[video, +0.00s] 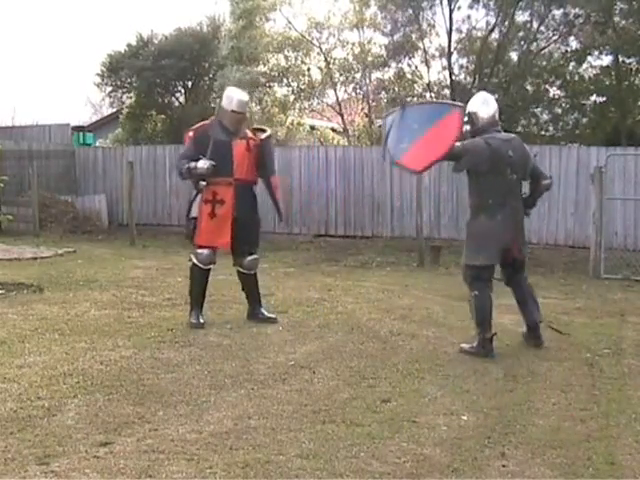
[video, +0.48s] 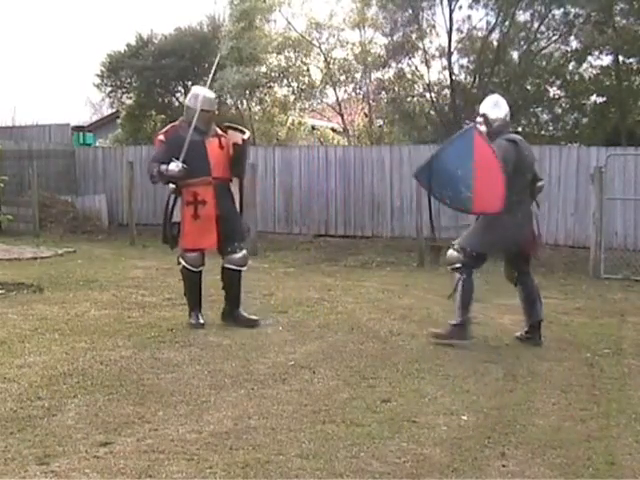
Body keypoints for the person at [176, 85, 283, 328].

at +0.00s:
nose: (239, 118)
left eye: (243, 113)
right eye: (235, 113)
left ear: (247, 113)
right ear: (223, 110)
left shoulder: (252, 138)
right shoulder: (204, 133)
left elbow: (265, 173)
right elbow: (182, 165)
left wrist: (264, 144)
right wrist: (194, 168)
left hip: (244, 200)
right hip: (212, 200)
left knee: (248, 259)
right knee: (204, 255)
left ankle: (255, 308)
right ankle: (196, 310)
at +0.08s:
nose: (233, 118)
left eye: (237, 113)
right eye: (228, 113)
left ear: (240, 113)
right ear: (215, 110)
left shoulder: (244, 138)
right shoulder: (197, 134)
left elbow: (258, 173)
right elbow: (175, 167)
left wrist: (257, 144)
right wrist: (187, 168)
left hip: (238, 202)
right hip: (206, 202)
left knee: (245, 259)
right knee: (200, 256)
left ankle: (255, 308)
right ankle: (195, 310)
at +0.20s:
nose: (222, 119)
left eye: (226, 114)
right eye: (218, 113)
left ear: (230, 113)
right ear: (204, 111)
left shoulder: (233, 138)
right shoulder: (187, 134)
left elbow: (249, 173)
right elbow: (166, 168)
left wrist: (250, 146)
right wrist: (179, 169)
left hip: (231, 201)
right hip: (200, 202)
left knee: (242, 258)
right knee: (196, 256)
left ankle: (252, 308)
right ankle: (195, 311)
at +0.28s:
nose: (218, 118)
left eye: (221, 113)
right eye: (213, 113)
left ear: (225, 113)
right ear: (200, 111)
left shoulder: (230, 138)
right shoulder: (181, 135)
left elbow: (244, 173)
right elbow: (161, 168)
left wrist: (247, 146)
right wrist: (174, 170)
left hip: (229, 203)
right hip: (197, 204)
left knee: (241, 257)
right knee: (194, 257)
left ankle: (248, 307)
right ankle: (195, 311)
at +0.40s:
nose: (210, 117)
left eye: (214, 112)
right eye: (205, 112)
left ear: (218, 112)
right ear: (193, 111)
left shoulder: (223, 137)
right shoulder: (177, 135)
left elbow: (239, 172)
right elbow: (156, 168)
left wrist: (241, 147)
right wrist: (168, 170)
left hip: (225, 201)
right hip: (194, 203)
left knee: (239, 255)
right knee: (193, 257)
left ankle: (238, 308)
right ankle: (195, 311)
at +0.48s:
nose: (206, 117)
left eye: (209, 112)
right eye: (201, 112)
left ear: (215, 112)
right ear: (189, 111)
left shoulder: (221, 137)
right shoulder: (175, 137)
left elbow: (237, 172)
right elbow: (153, 169)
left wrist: (239, 148)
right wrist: (165, 171)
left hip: (222, 198)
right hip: (193, 201)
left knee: (236, 254)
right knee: (193, 256)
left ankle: (232, 309)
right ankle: (195, 311)